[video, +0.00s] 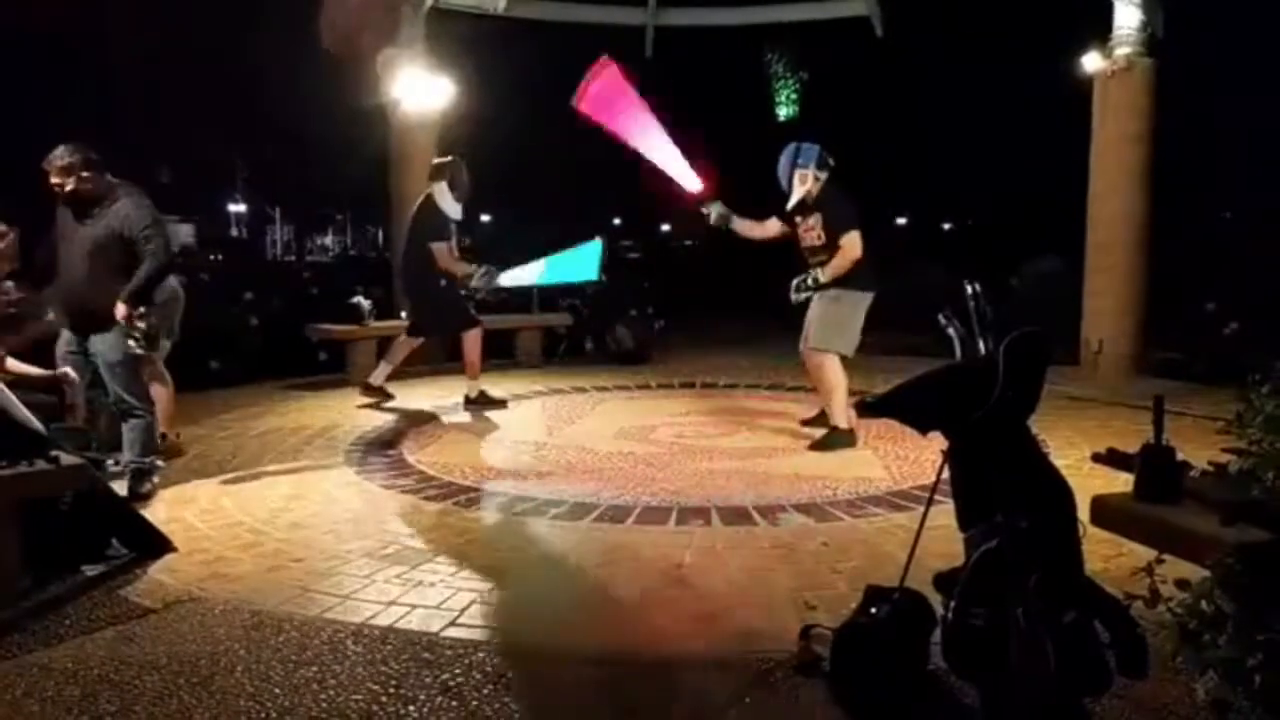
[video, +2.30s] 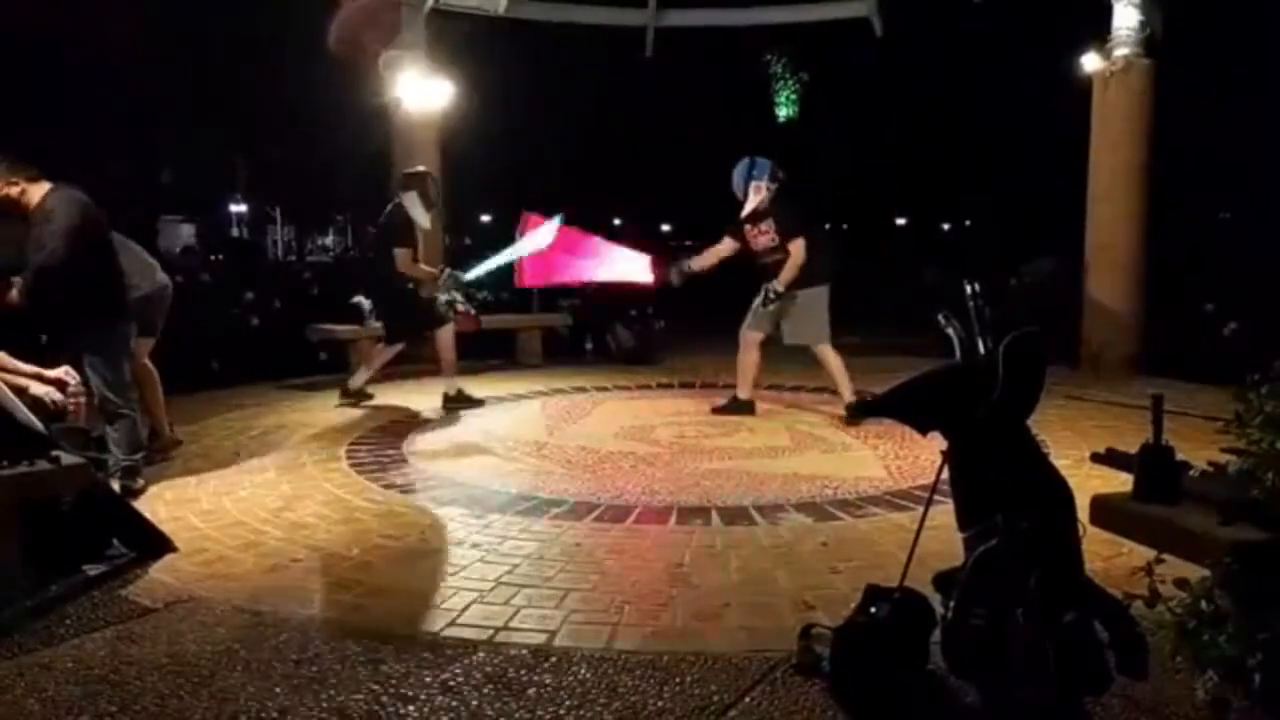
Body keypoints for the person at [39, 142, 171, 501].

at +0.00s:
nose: (56, 190)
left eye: (61, 183)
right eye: (54, 183)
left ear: (85, 176)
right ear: (74, 179)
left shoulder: (128, 206)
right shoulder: (67, 209)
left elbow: (159, 254)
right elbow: (68, 262)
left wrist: (127, 299)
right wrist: (61, 304)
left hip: (114, 324)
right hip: (75, 324)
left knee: (131, 405)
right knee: (76, 401)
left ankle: (139, 470)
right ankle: (86, 465)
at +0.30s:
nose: (27, 196)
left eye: (30, 187)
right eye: (24, 189)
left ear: (53, 177)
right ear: (40, 182)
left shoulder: (105, 206)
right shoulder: (39, 218)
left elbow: (139, 250)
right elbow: (32, 272)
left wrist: (130, 302)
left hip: (103, 324)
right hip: (60, 328)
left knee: (123, 400)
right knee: (59, 402)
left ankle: (141, 466)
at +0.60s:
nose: (2, 213)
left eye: (0, 208)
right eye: (0, 210)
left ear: (5, 198)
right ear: (6, 200)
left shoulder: (66, 203)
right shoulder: (15, 239)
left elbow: (116, 229)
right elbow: (19, 285)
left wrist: (124, 279)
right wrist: (24, 322)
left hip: (97, 318)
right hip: (49, 326)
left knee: (112, 395)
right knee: (45, 400)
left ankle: (131, 470)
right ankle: (56, 477)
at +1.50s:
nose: (5, 200)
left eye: (4, 193)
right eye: (2, 195)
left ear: (16, 182)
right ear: (8, 189)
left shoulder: (72, 198)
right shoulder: (15, 223)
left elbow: (116, 225)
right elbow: (15, 272)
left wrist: (84, 259)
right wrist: (17, 296)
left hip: (91, 314)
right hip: (47, 321)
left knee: (106, 396)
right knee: (42, 399)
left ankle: (126, 471)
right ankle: (60, 472)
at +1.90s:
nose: (29, 195)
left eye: (29, 185)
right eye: (24, 189)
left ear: (48, 174)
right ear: (44, 179)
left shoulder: (96, 201)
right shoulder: (60, 210)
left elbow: (85, 242)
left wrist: (32, 247)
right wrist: (24, 262)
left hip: (109, 311)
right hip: (73, 311)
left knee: (115, 395)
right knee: (62, 388)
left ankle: (127, 470)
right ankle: (75, 466)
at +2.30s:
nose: (8, 204)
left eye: (6, 197)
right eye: (5, 198)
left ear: (15, 186)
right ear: (18, 184)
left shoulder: (64, 208)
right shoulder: (46, 212)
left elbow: (52, 265)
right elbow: (45, 262)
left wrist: (25, 289)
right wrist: (25, 285)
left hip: (103, 313)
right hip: (79, 313)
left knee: (113, 395)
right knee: (87, 395)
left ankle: (127, 470)